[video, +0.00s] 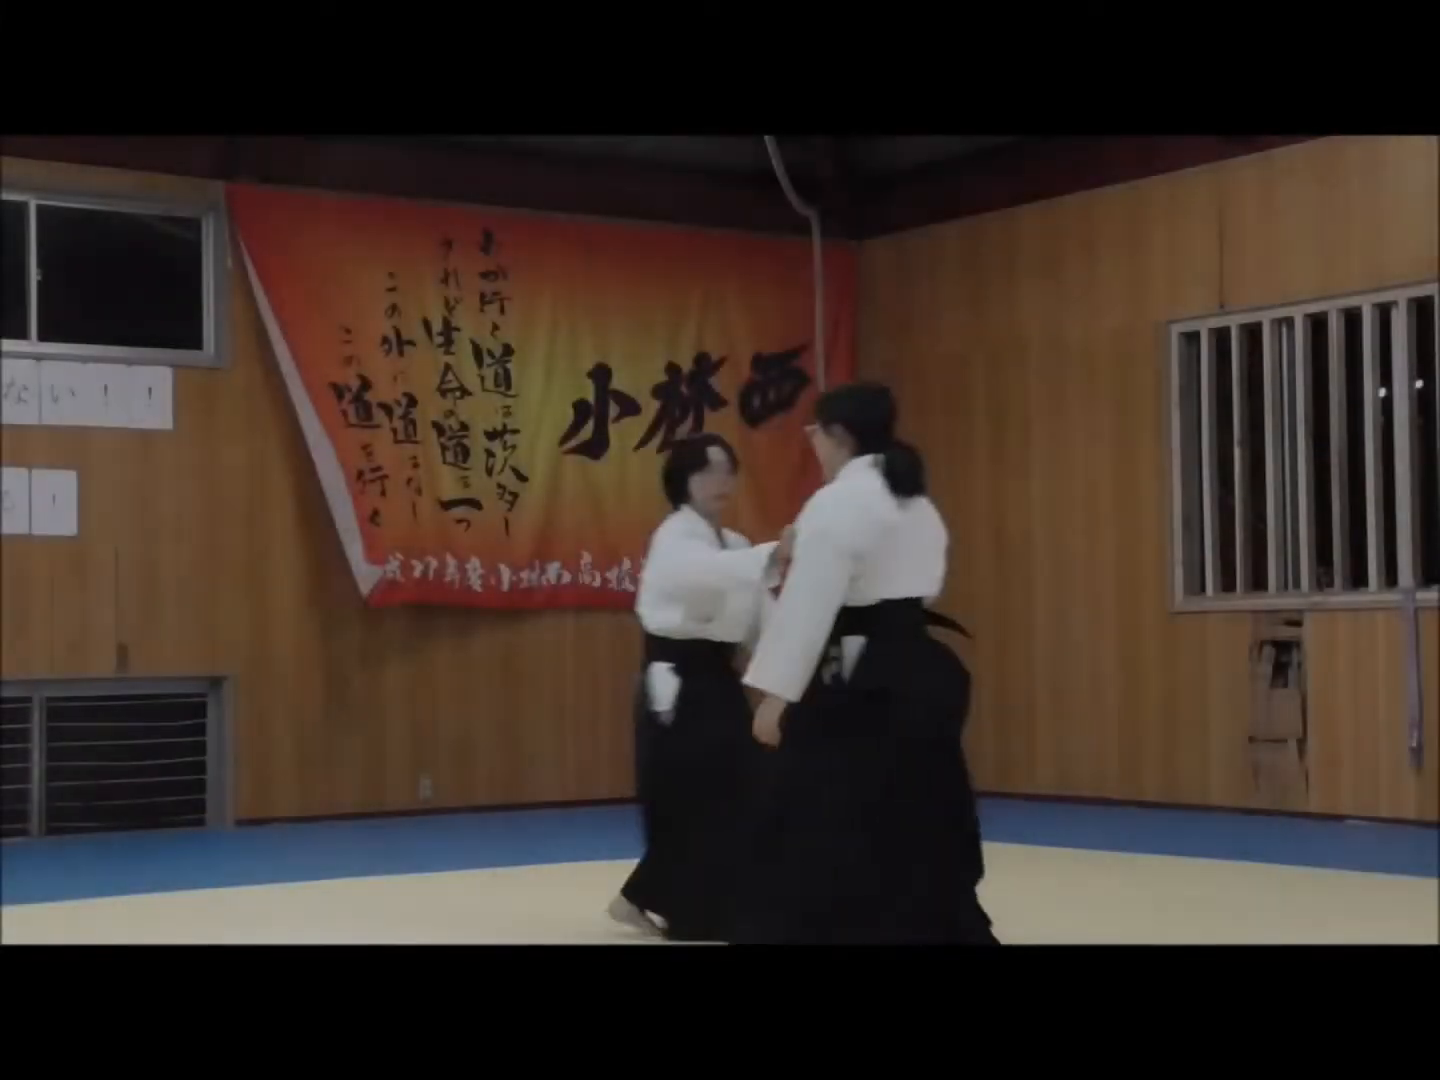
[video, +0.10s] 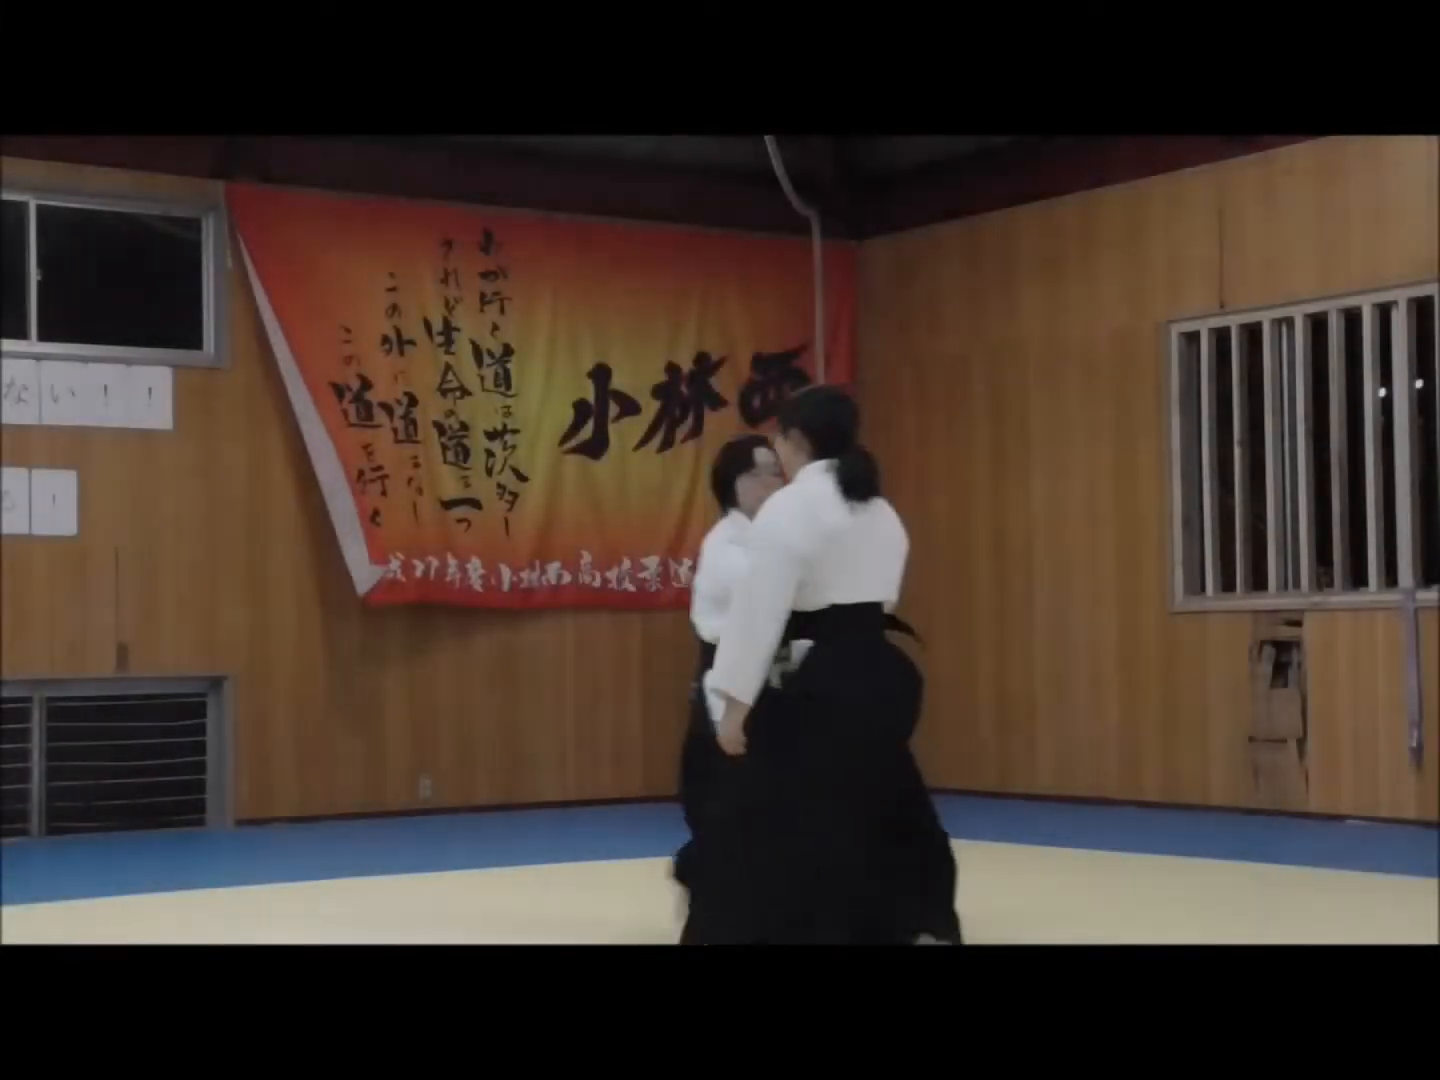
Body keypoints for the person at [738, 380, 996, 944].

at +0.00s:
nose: (812, 441)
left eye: (817, 431)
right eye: (814, 430)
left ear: (840, 436)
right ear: (878, 434)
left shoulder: (834, 507)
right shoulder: (918, 502)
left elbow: (808, 605)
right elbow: (922, 595)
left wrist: (776, 696)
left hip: (854, 676)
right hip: (921, 672)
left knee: (830, 814)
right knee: (916, 813)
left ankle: (835, 925)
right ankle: (926, 923)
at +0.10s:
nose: (775, 447)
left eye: (781, 436)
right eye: (776, 437)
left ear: (799, 439)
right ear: (844, 438)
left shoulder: (787, 512)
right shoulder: (883, 512)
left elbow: (759, 613)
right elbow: (884, 603)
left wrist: (733, 703)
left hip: (809, 680)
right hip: (880, 673)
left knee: (781, 815)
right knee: (875, 803)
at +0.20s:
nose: (741, 446)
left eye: (743, 435)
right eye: (743, 435)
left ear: (759, 439)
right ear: (809, 436)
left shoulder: (746, 508)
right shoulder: (851, 510)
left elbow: (717, 603)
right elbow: (863, 606)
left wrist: (693, 692)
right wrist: (909, 681)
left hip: (775, 682)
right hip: (852, 678)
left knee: (739, 817)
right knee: (841, 816)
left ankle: (739, 930)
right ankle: (849, 930)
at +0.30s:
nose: (714, 450)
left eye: (717, 440)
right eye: (716, 440)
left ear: (732, 443)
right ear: (779, 440)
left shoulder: (717, 508)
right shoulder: (822, 507)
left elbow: (679, 603)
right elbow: (847, 588)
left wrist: (643, 687)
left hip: (747, 680)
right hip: (826, 675)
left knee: (727, 817)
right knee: (823, 816)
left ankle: (733, 931)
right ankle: (828, 929)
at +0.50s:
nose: (689, 466)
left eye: (691, 456)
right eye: (691, 457)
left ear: (702, 459)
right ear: (753, 456)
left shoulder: (685, 522)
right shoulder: (795, 525)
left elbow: (635, 606)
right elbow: (818, 612)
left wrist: (595, 682)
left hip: (708, 679)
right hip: (788, 682)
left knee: (676, 819)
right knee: (758, 823)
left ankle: (666, 932)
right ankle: (743, 935)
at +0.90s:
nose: (676, 483)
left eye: (677, 475)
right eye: (677, 474)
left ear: (688, 477)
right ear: (737, 468)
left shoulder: (671, 540)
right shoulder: (788, 529)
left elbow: (625, 620)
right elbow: (825, 618)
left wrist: (596, 684)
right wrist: (813, 674)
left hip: (707, 685)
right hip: (783, 685)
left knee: (691, 815)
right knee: (777, 821)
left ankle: (682, 927)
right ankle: (759, 928)